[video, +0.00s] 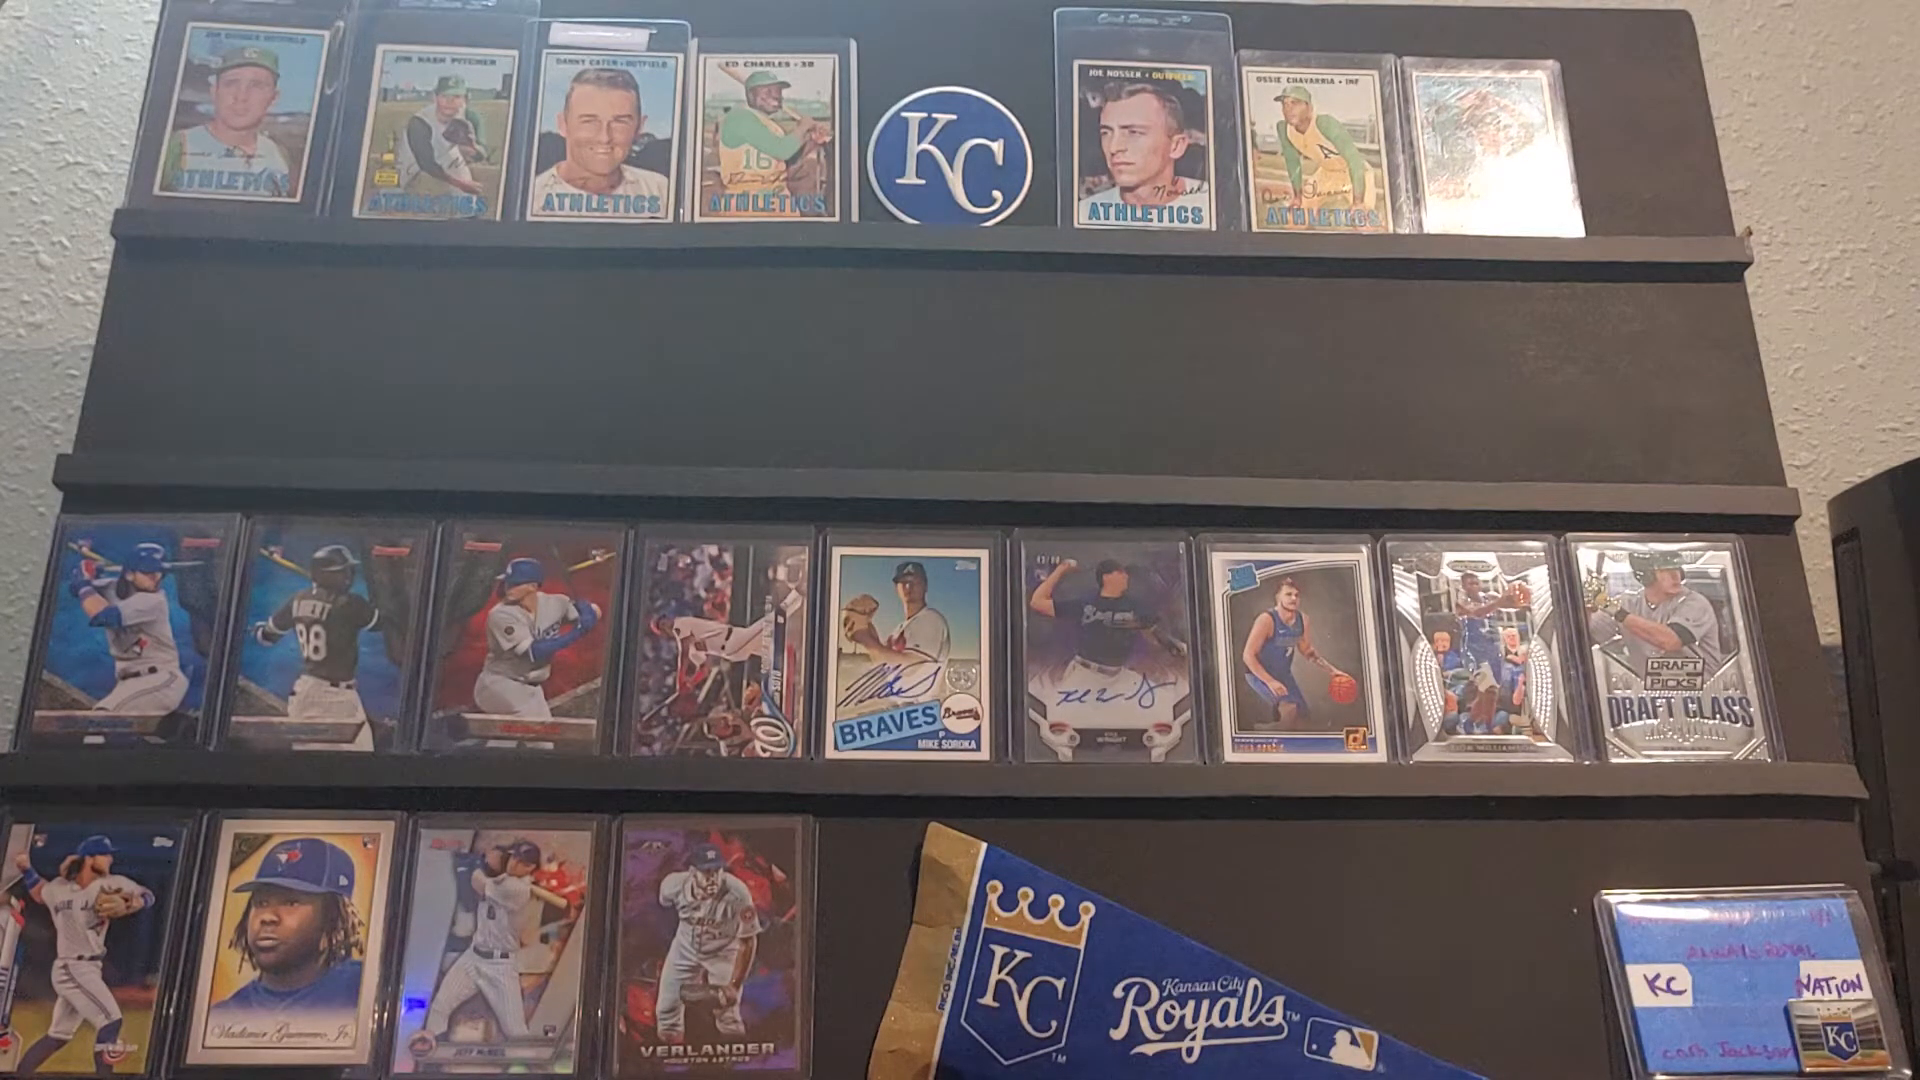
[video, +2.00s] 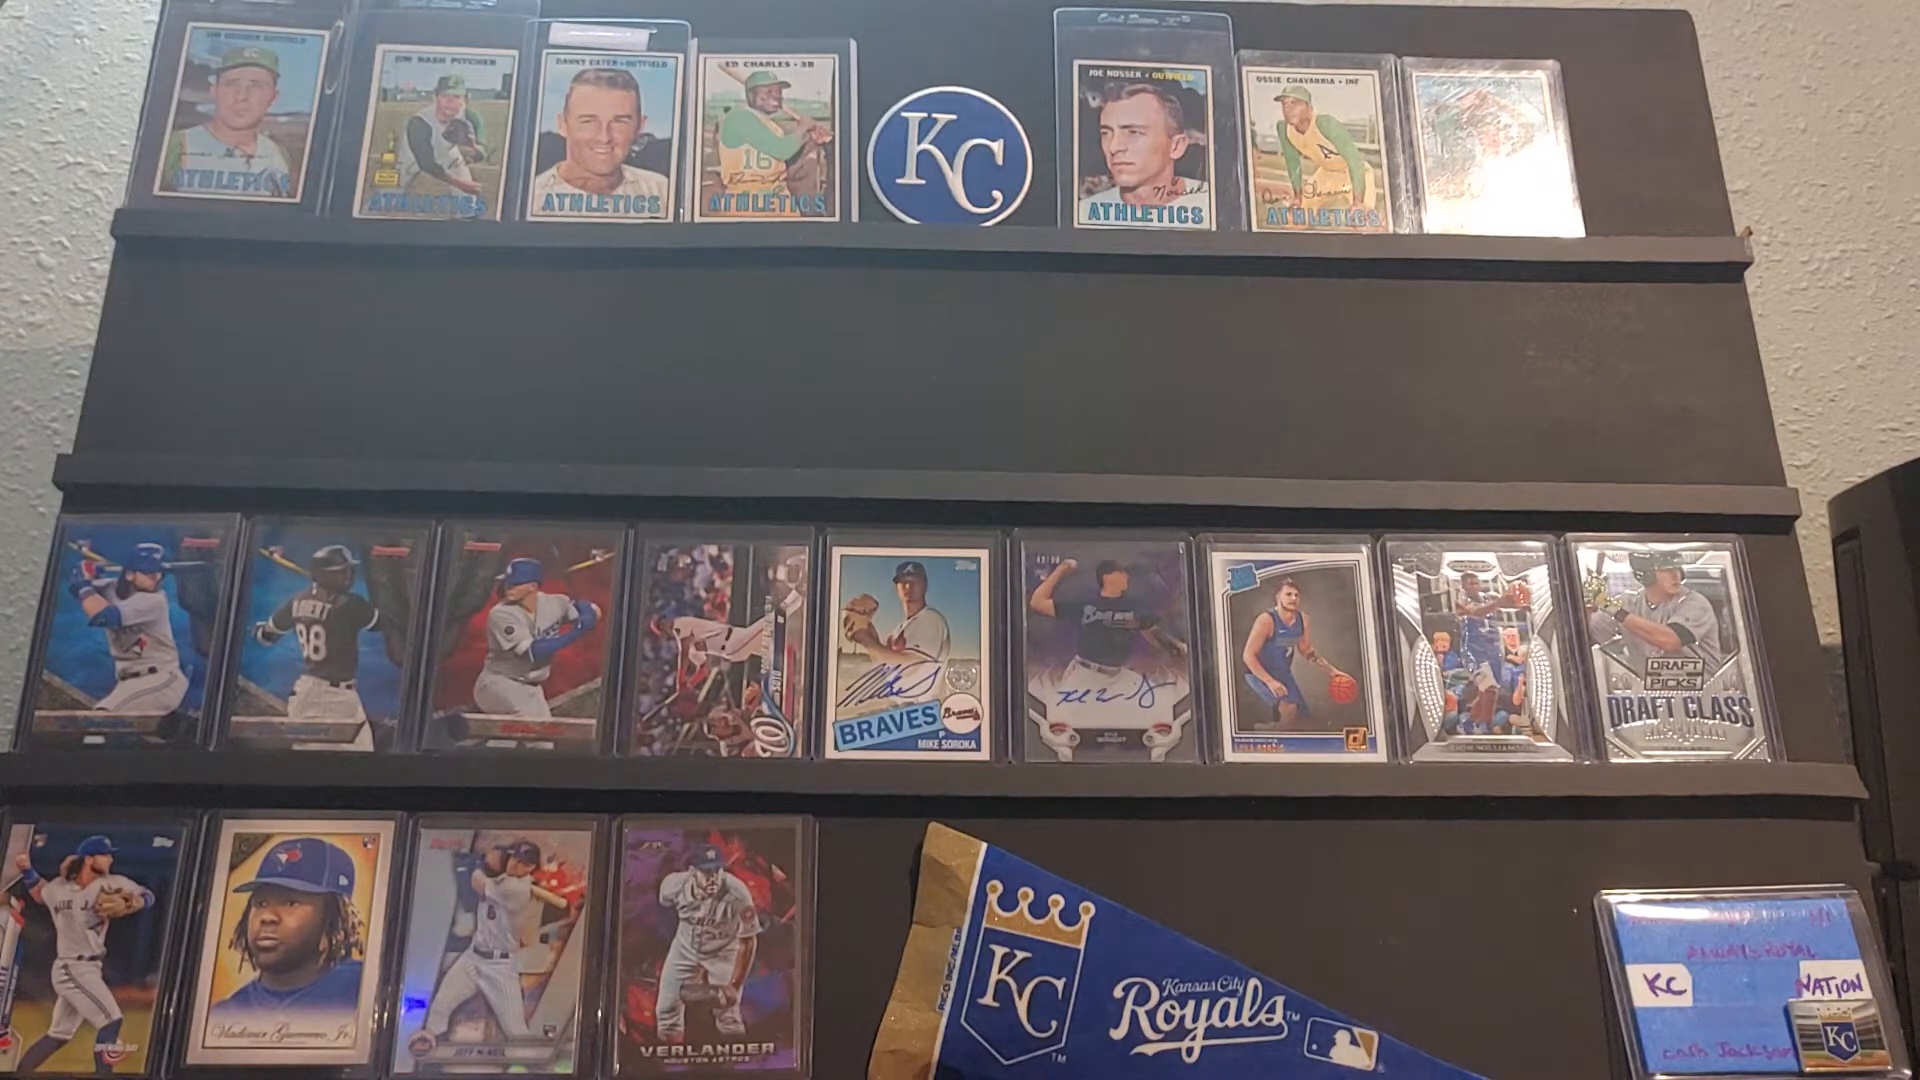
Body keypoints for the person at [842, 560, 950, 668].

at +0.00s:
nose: (907, 587)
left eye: (913, 582)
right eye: (902, 582)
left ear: (925, 586)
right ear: (896, 588)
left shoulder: (930, 619)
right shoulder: (901, 627)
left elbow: (912, 661)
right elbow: (881, 660)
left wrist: (865, 639)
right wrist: (865, 623)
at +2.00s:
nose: (907, 587)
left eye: (913, 582)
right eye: (902, 582)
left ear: (924, 586)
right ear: (896, 587)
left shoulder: (930, 619)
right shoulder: (901, 627)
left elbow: (910, 659)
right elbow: (880, 656)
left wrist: (865, 639)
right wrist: (862, 621)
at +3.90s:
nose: (907, 587)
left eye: (913, 582)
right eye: (902, 582)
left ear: (924, 586)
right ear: (896, 587)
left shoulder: (930, 618)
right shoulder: (901, 627)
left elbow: (910, 662)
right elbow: (880, 660)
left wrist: (865, 639)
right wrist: (865, 623)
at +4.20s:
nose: (907, 587)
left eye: (913, 582)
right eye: (902, 582)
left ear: (924, 586)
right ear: (896, 587)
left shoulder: (931, 618)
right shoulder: (900, 627)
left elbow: (910, 662)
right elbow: (881, 662)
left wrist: (865, 639)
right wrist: (865, 624)